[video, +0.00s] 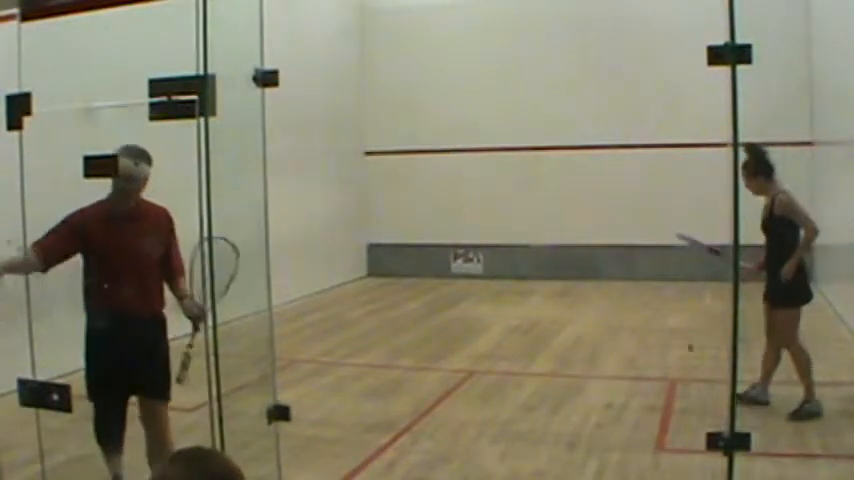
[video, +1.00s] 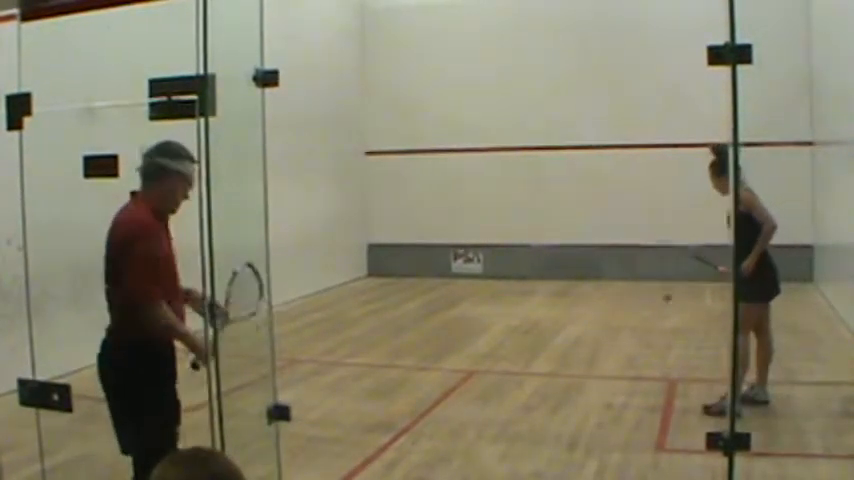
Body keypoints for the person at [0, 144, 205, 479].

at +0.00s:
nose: (128, 181)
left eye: (136, 175)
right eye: (122, 174)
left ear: (147, 178)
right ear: (110, 174)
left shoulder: (159, 219)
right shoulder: (88, 219)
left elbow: (175, 272)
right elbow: (39, 258)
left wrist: (187, 300)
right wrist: (5, 266)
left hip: (149, 328)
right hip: (105, 330)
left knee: (156, 413)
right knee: (108, 415)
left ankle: (162, 475)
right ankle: (116, 473)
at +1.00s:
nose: (187, 195)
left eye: (189, 187)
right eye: (184, 185)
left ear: (164, 182)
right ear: (163, 180)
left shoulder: (152, 220)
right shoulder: (139, 226)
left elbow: (157, 286)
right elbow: (148, 304)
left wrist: (194, 299)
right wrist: (192, 341)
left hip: (147, 350)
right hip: (136, 354)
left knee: (158, 454)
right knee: (153, 456)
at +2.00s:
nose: (168, 184)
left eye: (158, 179)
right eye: (174, 178)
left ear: (146, 181)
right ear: (178, 179)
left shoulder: (129, 218)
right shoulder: (198, 218)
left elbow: (116, 263)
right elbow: (224, 274)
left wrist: (149, 255)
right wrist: (234, 321)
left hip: (144, 332)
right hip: (188, 330)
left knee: (152, 415)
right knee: (196, 415)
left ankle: (153, 474)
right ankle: (203, 475)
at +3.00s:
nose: (181, 180)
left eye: (179, 175)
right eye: (179, 175)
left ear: (147, 176)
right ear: (175, 177)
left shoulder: (125, 209)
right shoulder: (185, 210)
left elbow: (126, 251)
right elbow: (197, 260)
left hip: (134, 307)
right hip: (174, 308)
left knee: (140, 384)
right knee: (185, 379)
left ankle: (139, 461)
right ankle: (192, 451)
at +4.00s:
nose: (170, 178)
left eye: (169, 172)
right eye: (166, 172)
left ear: (138, 175)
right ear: (156, 173)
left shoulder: (121, 210)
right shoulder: (164, 206)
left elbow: (119, 258)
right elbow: (174, 253)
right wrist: (194, 285)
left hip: (132, 300)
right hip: (166, 299)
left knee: (134, 372)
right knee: (181, 376)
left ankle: (128, 445)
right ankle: (189, 445)